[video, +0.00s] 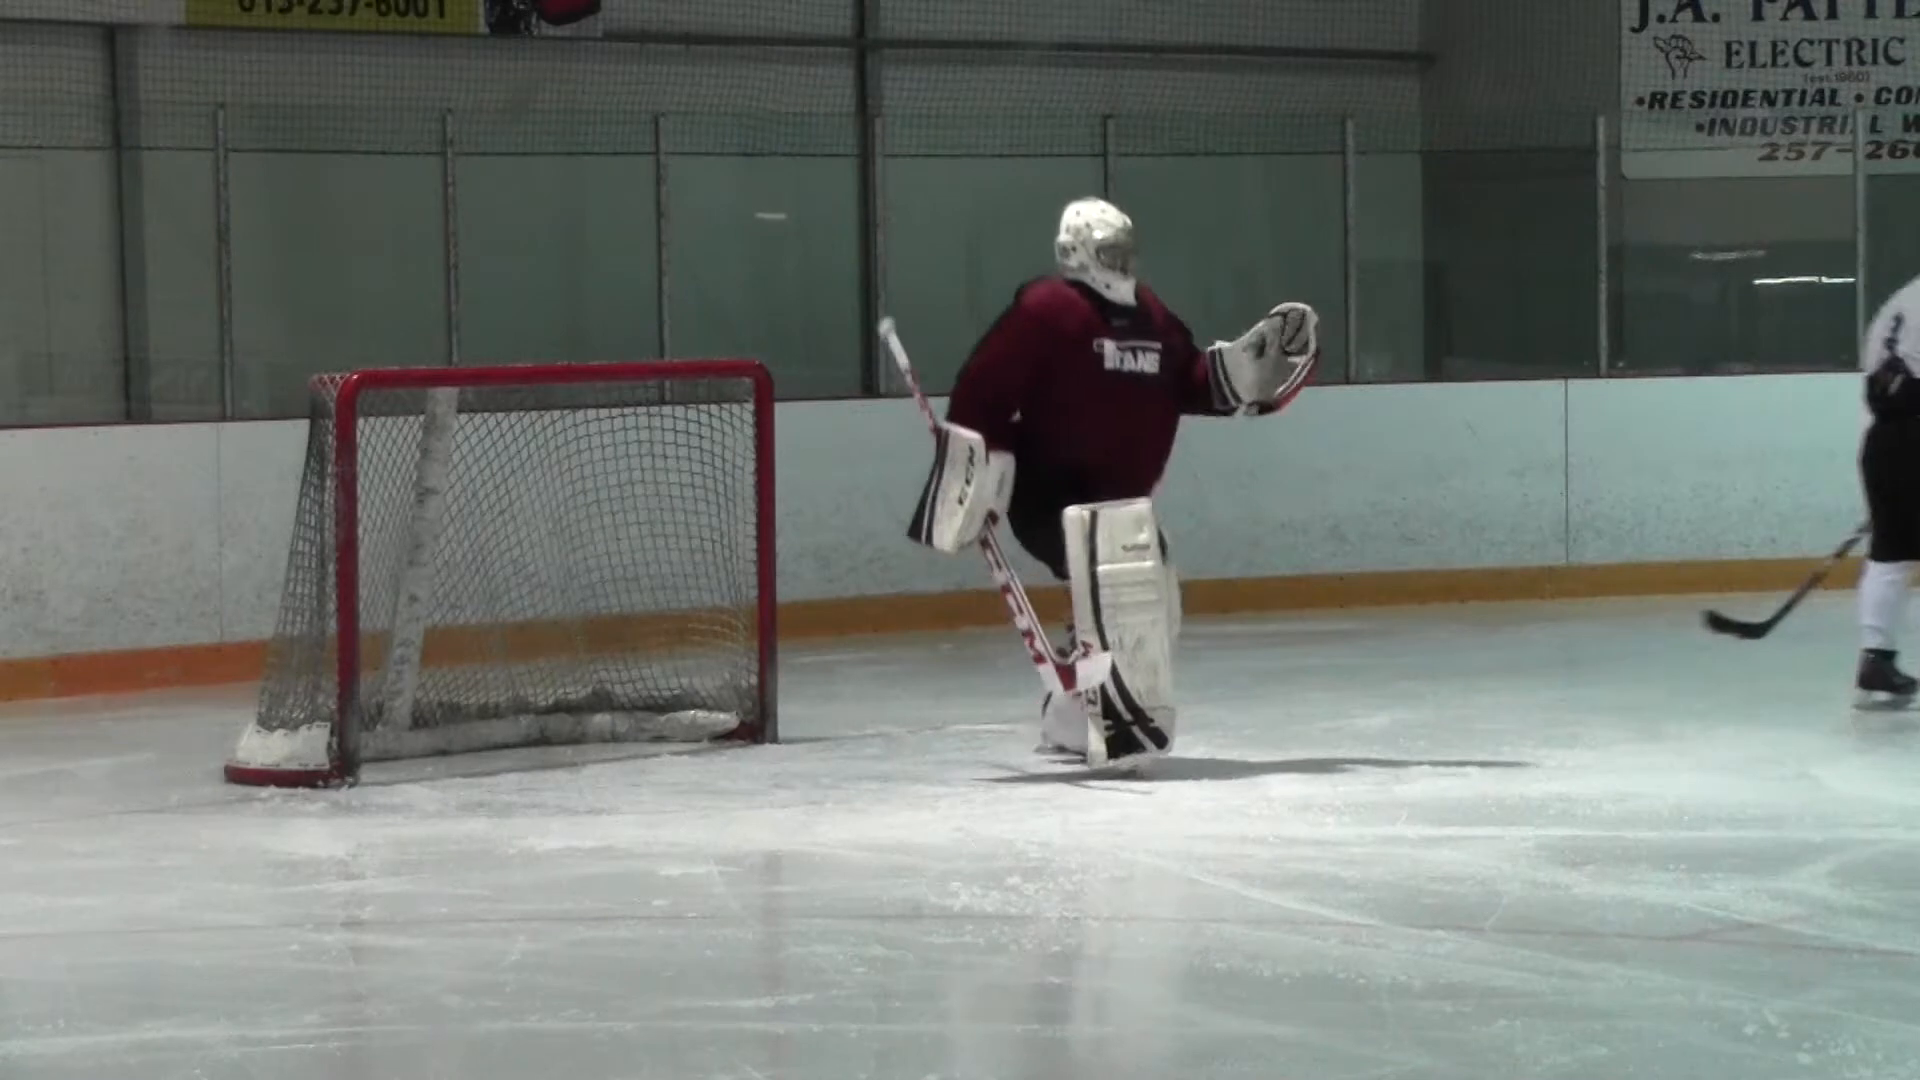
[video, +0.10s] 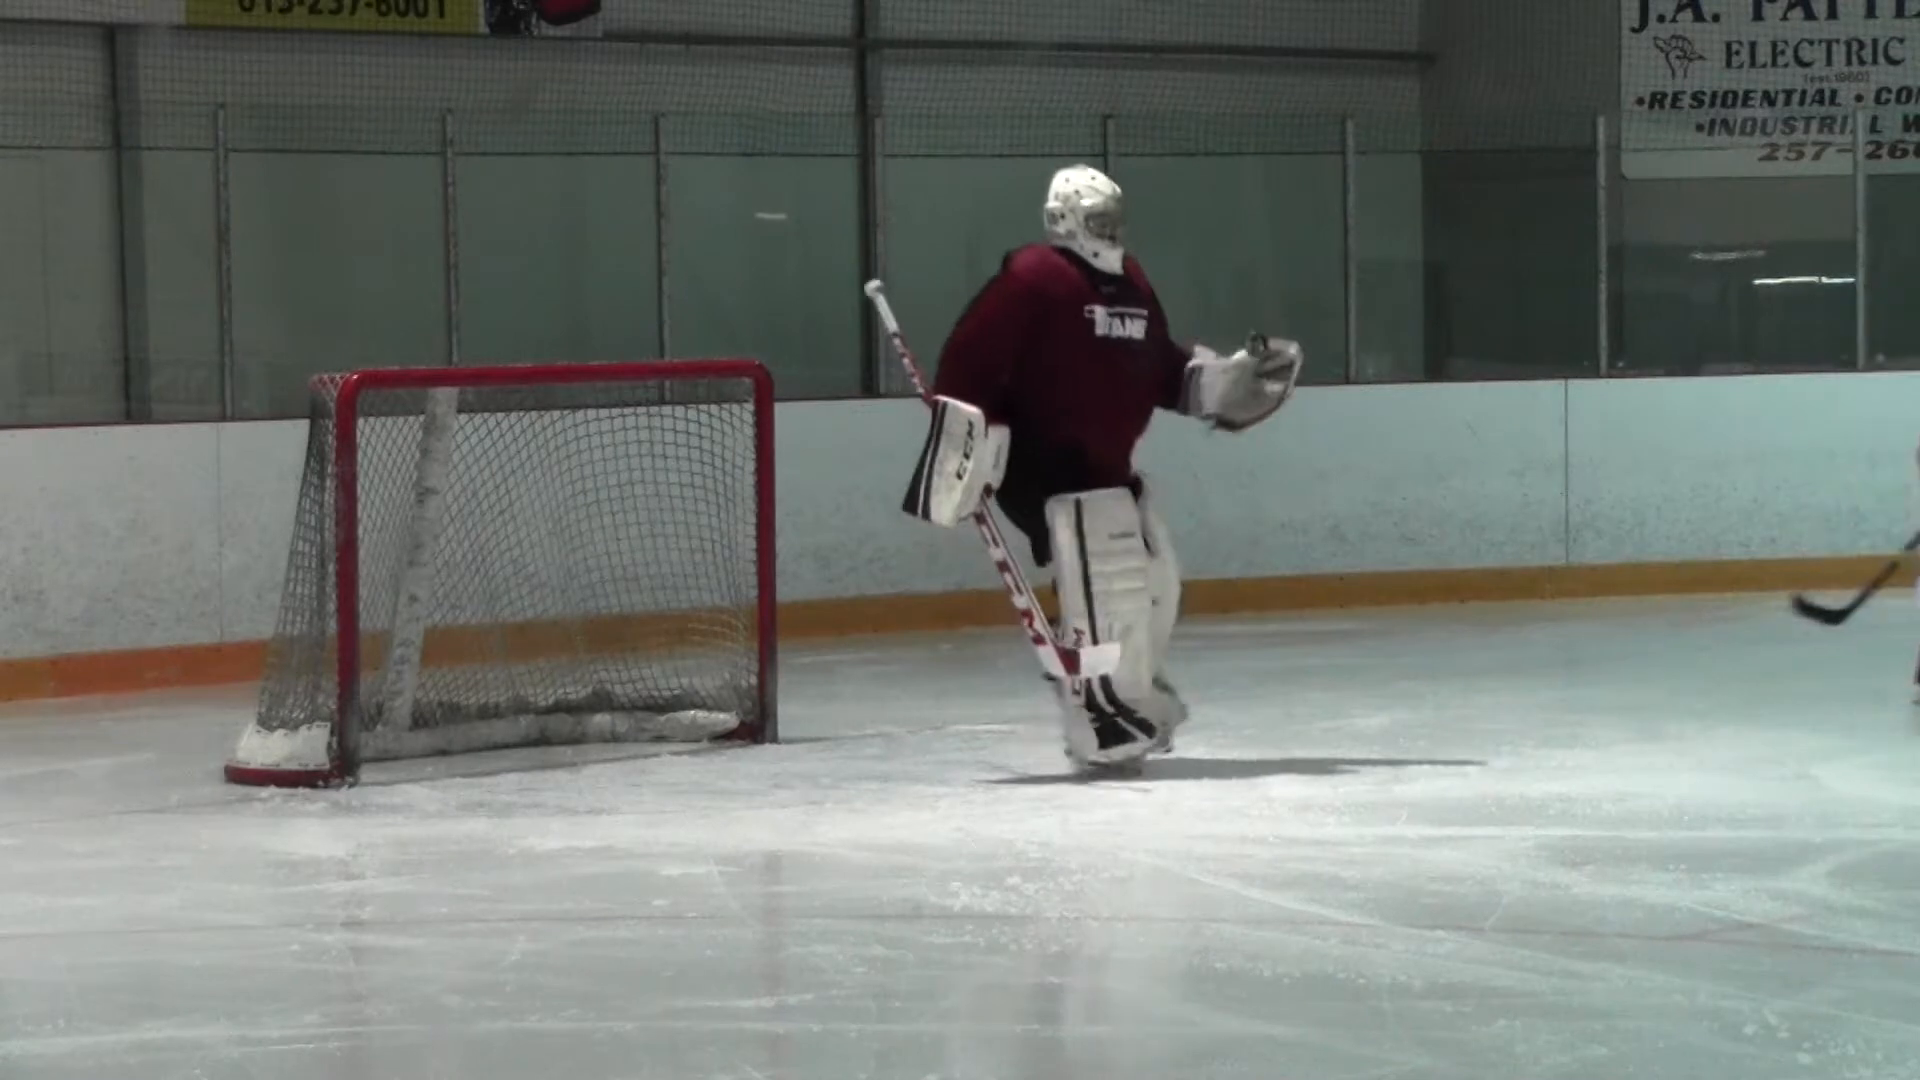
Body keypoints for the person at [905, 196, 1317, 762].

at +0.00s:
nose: (1119, 263)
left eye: (1122, 252)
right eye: (1110, 252)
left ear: (1073, 250)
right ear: (1089, 254)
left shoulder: (1151, 315)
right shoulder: (1046, 308)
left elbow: (1189, 381)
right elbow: (980, 392)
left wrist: (1256, 364)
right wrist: (969, 484)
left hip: (1122, 492)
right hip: (1047, 491)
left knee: (1143, 590)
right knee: (1114, 588)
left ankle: (1073, 717)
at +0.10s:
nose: (1108, 234)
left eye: (1113, 221)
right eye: (1095, 222)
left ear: (1119, 221)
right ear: (1065, 221)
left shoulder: (1130, 285)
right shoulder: (1034, 276)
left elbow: (1159, 368)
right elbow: (968, 366)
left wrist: (1232, 387)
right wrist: (956, 467)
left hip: (1108, 465)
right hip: (1048, 466)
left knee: (1156, 579)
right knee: (1105, 584)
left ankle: (1138, 707)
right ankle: (1103, 729)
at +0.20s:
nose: (1097, 228)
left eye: (1102, 217)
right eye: (1084, 218)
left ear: (1109, 216)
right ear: (1051, 218)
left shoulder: (1110, 278)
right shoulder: (1024, 273)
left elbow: (1114, 367)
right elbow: (962, 363)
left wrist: (1175, 407)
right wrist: (966, 462)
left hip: (1094, 456)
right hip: (1030, 461)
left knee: (1131, 571)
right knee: (1068, 589)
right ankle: (1034, 720)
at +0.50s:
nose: (1086, 248)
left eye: (1092, 238)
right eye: (1078, 235)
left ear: (1094, 236)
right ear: (1048, 227)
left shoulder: (1077, 292)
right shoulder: (1008, 267)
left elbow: (1059, 391)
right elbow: (955, 355)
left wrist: (1099, 451)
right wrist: (969, 463)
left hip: (1066, 468)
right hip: (1012, 472)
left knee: (1123, 564)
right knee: (1027, 597)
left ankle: (1148, 696)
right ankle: (990, 725)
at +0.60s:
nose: (1085, 258)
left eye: (1093, 247)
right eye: (1078, 244)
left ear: (1099, 246)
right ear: (1047, 233)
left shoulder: (1077, 306)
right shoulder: (1007, 269)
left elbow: (1050, 400)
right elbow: (949, 348)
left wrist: (1079, 461)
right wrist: (940, 441)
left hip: (1050, 473)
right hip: (996, 472)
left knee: (1100, 578)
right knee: (1014, 597)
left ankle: (1098, 713)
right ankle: (982, 730)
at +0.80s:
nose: (1087, 282)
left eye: (1097, 273)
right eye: (1084, 266)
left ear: (1098, 266)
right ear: (1060, 248)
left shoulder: (1070, 321)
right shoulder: (1009, 275)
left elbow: (1036, 413)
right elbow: (947, 357)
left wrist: (1054, 477)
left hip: (1017, 481)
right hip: (952, 472)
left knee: (1057, 587)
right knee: (989, 591)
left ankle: (1025, 703)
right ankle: (955, 721)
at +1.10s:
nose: (1052, 288)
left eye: (1063, 280)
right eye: (1050, 271)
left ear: (1067, 277)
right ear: (1027, 252)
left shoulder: (1039, 337)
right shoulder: (985, 271)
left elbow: (1029, 422)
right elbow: (936, 321)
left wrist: (1056, 471)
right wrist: (972, 382)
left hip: (998, 480)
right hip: (942, 473)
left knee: (1016, 593)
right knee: (961, 593)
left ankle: (982, 701)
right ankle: (930, 717)